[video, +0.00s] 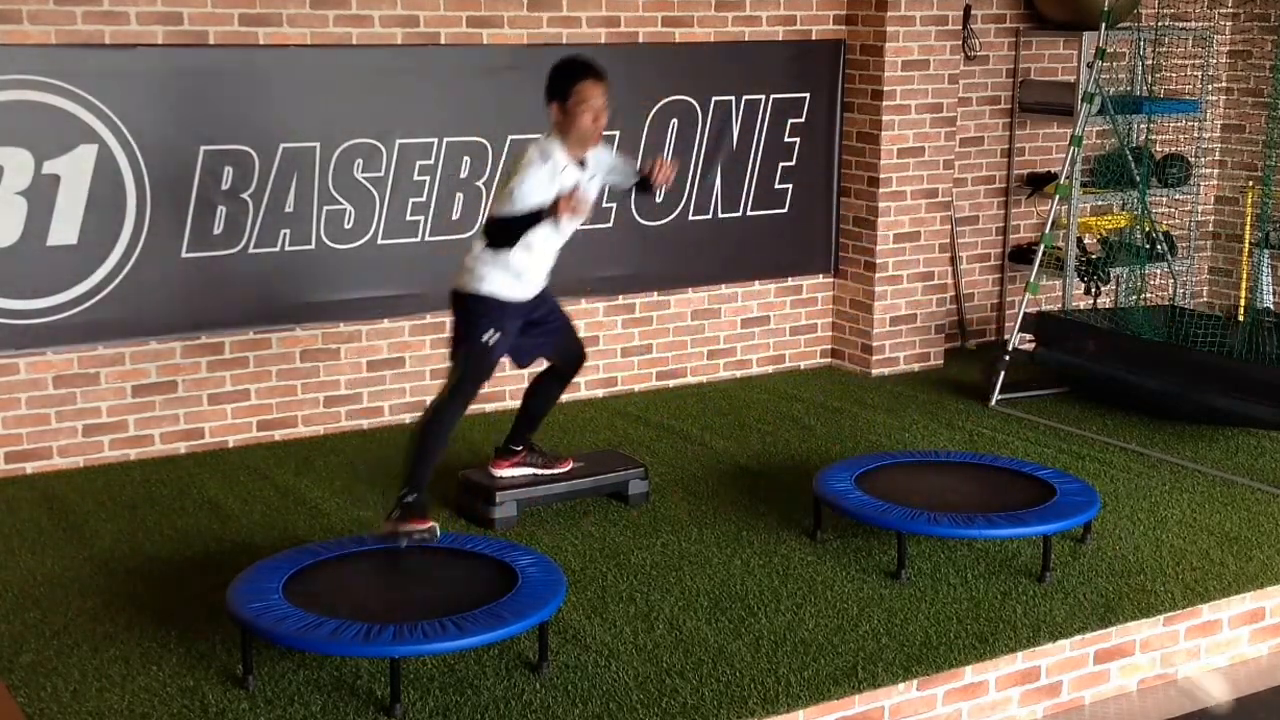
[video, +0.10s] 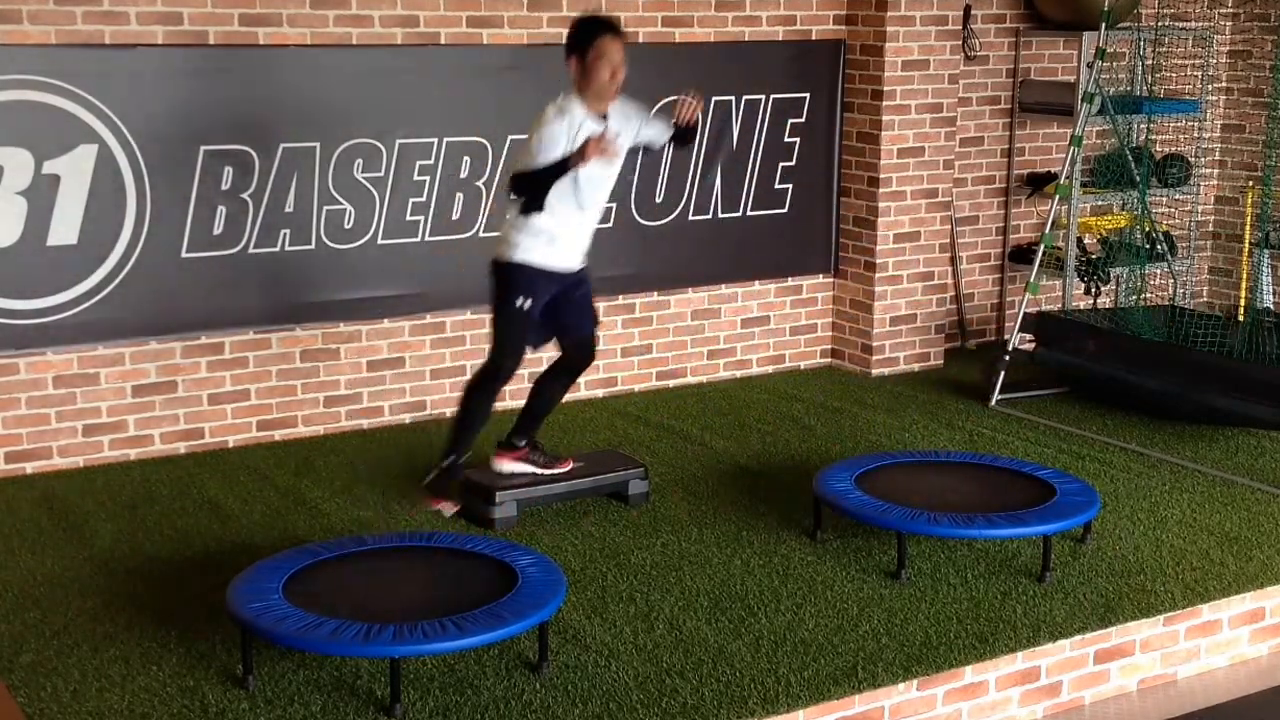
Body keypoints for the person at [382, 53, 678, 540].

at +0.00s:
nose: (600, 120)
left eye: (604, 109)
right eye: (589, 109)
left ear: (608, 111)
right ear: (558, 113)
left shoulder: (597, 157)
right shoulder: (538, 162)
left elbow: (629, 181)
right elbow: (495, 232)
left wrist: (649, 179)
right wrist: (550, 212)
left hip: (531, 293)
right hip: (487, 293)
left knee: (569, 358)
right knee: (463, 386)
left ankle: (514, 451)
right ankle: (410, 503)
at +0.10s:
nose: (618, 75)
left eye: (622, 64)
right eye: (607, 65)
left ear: (625, 65)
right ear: (576, 65)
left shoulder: (624, 115)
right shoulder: (557, 119)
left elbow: (679, 140)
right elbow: (522, 190)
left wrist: (688, 118)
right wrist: (576, 160)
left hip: (569, 266)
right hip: (524, 263)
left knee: (580, 353)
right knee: (504, 362)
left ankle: (517, 446)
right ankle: (448, 470)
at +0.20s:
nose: (635, 40)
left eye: (640, 31)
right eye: (625, 29)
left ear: (645, 35)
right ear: (596, 30)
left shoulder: (645, 80)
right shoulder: (575, 85)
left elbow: (698, 110)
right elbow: (553, 156)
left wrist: (715, 91)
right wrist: (616, 120)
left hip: (613, 237)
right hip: (559, 238)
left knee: (638, 336)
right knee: (534, 351)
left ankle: (564, 402)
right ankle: (505, 436)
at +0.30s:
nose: (662, 44)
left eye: (668, 35)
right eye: (651, 33)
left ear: (672, 40)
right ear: (621, 34)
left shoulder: (669, 85)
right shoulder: (601, 83)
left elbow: (721, 122)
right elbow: (581, 145)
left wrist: (749, 105)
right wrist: (653, 113)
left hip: (645, 237)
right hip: (585, 248)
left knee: (713, 316)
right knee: (561, 351)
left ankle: (651, 383)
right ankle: (548, 434)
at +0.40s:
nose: (697, 79)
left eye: (701, 69)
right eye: (687, 67)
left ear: (705, 72)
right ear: (654, 65)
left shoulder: (699, 117)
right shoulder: (629, 118)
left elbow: (749, 159)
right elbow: (613, 184)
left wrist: (793, 144)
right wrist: (687, 144)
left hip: (679, 253)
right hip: (619, 267)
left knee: (766, 302)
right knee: (577, 365)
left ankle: (781, 401)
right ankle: (554, 442)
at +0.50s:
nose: (743, 109)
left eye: (748, 100)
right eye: (733, 98)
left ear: (750, 104)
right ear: (702, 98)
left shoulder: (747, 149)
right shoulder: (672, 153)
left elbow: (795, 193)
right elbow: (647, 225)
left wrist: (842, 196)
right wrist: (719, 208)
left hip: (721, 278)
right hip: (657, 287)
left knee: (809, 335)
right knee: (601, 370)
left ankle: (884, 422)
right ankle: (553, 446)